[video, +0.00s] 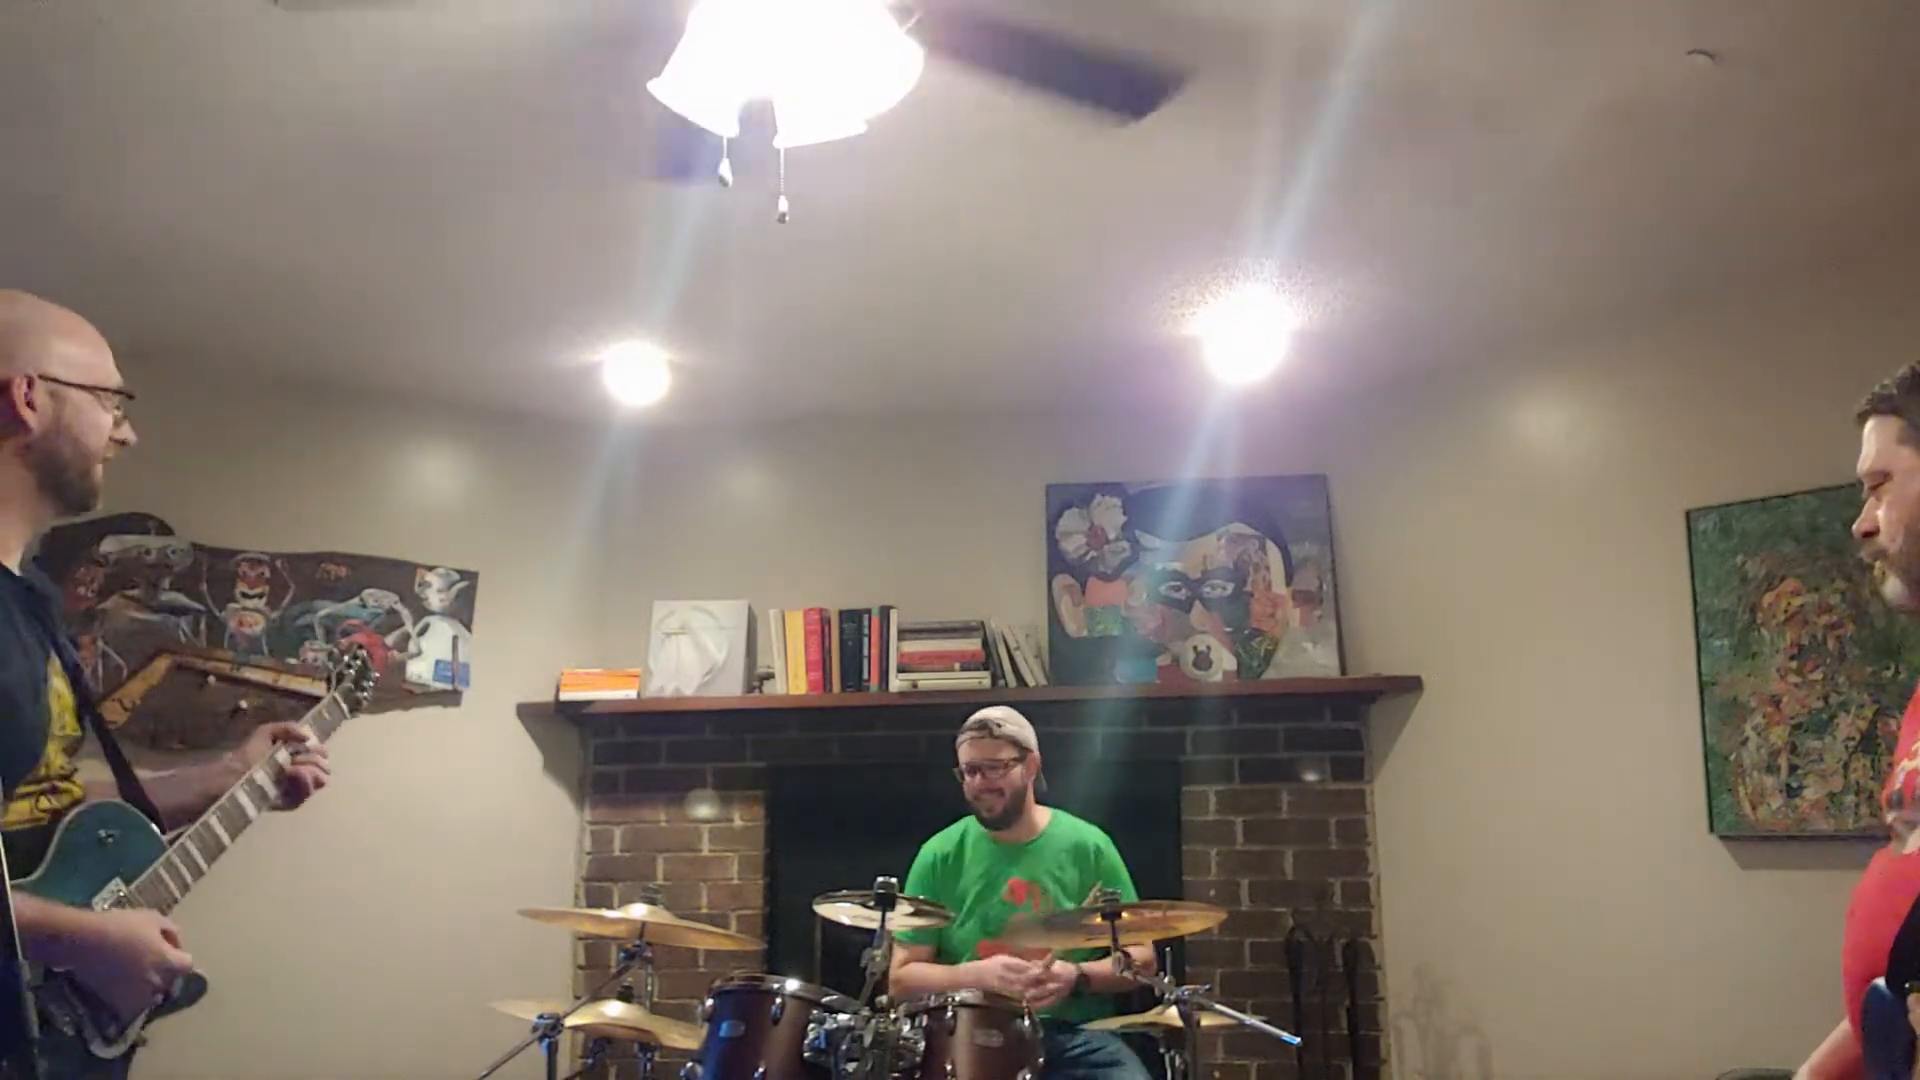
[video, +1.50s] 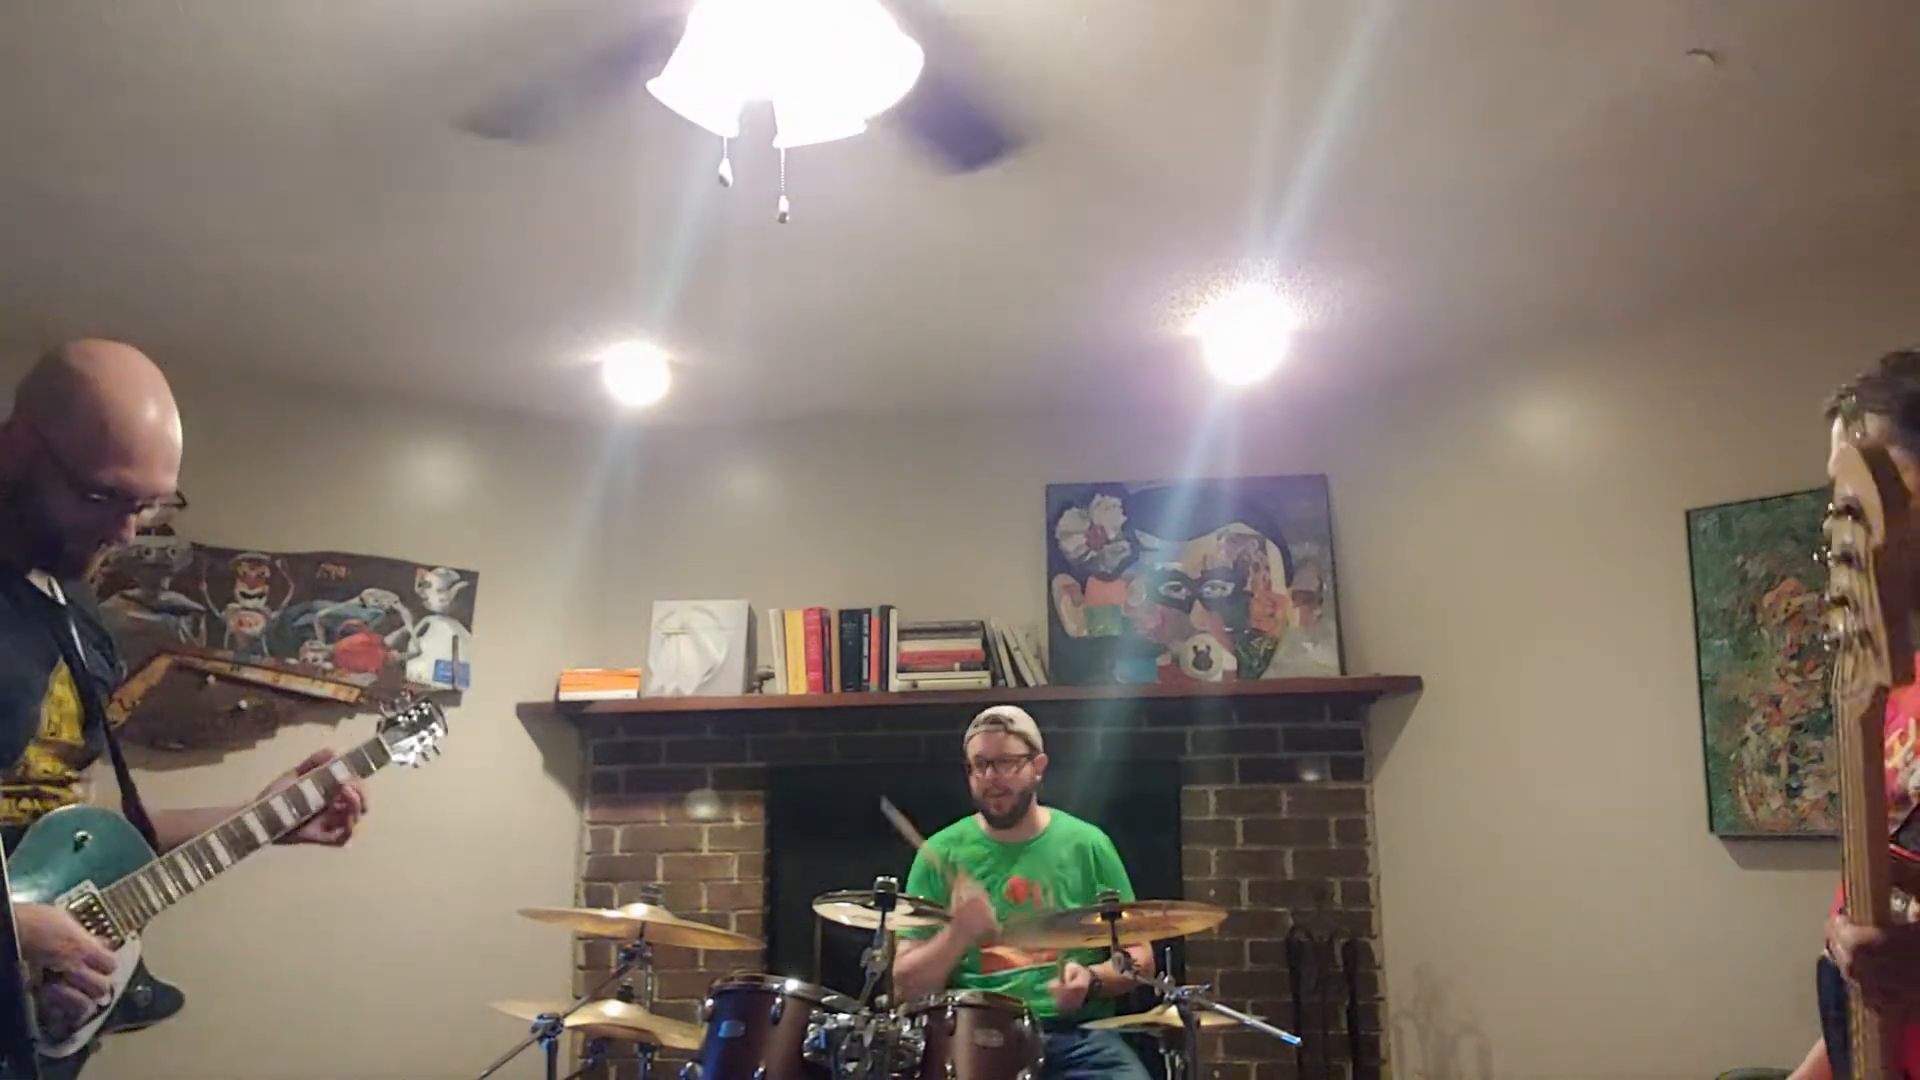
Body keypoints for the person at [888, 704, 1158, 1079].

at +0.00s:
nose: (982, 783)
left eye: (997, 768)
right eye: (971, 770)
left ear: (1031, 766)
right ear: (959, 775)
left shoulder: (1088, 846)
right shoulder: (940, 856)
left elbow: (1142, 959)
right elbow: (902, 976)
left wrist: (1078, 976)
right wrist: (981, 975)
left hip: (1074, 1030)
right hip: (971, 1032)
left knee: (1130, 1074)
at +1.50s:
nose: (993, 778)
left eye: (1008, 764)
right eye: (981, 765)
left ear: (1038, 767)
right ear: (967, 771)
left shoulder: (1088, 845)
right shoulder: (939, 854)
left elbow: (1140, 958)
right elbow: (904, 984)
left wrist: (1093, 976)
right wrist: (957, 933)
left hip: (1074, 1029)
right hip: (972, 1031)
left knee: (1130, 1074)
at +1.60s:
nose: (983, 782)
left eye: (999, 766)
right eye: (973, 768)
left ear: (1032, 767)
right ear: (962, 772)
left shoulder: (1086, 845)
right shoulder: (938, 849)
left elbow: (1140, 958)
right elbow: (912, 981)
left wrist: (1090, 980)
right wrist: (952, 883)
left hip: (1073, 1032)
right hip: (968, 1032)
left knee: (1132, 1075)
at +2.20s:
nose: (1000, 774)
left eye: (1017, 759)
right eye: (990, 761)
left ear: (1052, 767)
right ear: (980, 768)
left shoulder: (1095, 850)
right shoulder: (948, 847)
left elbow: (1143, 966)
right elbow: (907, 977)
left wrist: (1097, 982)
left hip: (1072, 1031)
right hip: (970, 1031)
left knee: (1131, 1074)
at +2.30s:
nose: (1009, 771)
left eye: (1026, 757)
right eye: (999, 758)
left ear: (1057, 768)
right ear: (987, 768)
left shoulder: (1099, 852)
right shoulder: (949, 852)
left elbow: (1143, 965)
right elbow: (908, 966)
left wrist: (1105, 988)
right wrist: (959, 978)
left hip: (1073, 1032)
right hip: (974, 1031)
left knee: (1133, 1075)